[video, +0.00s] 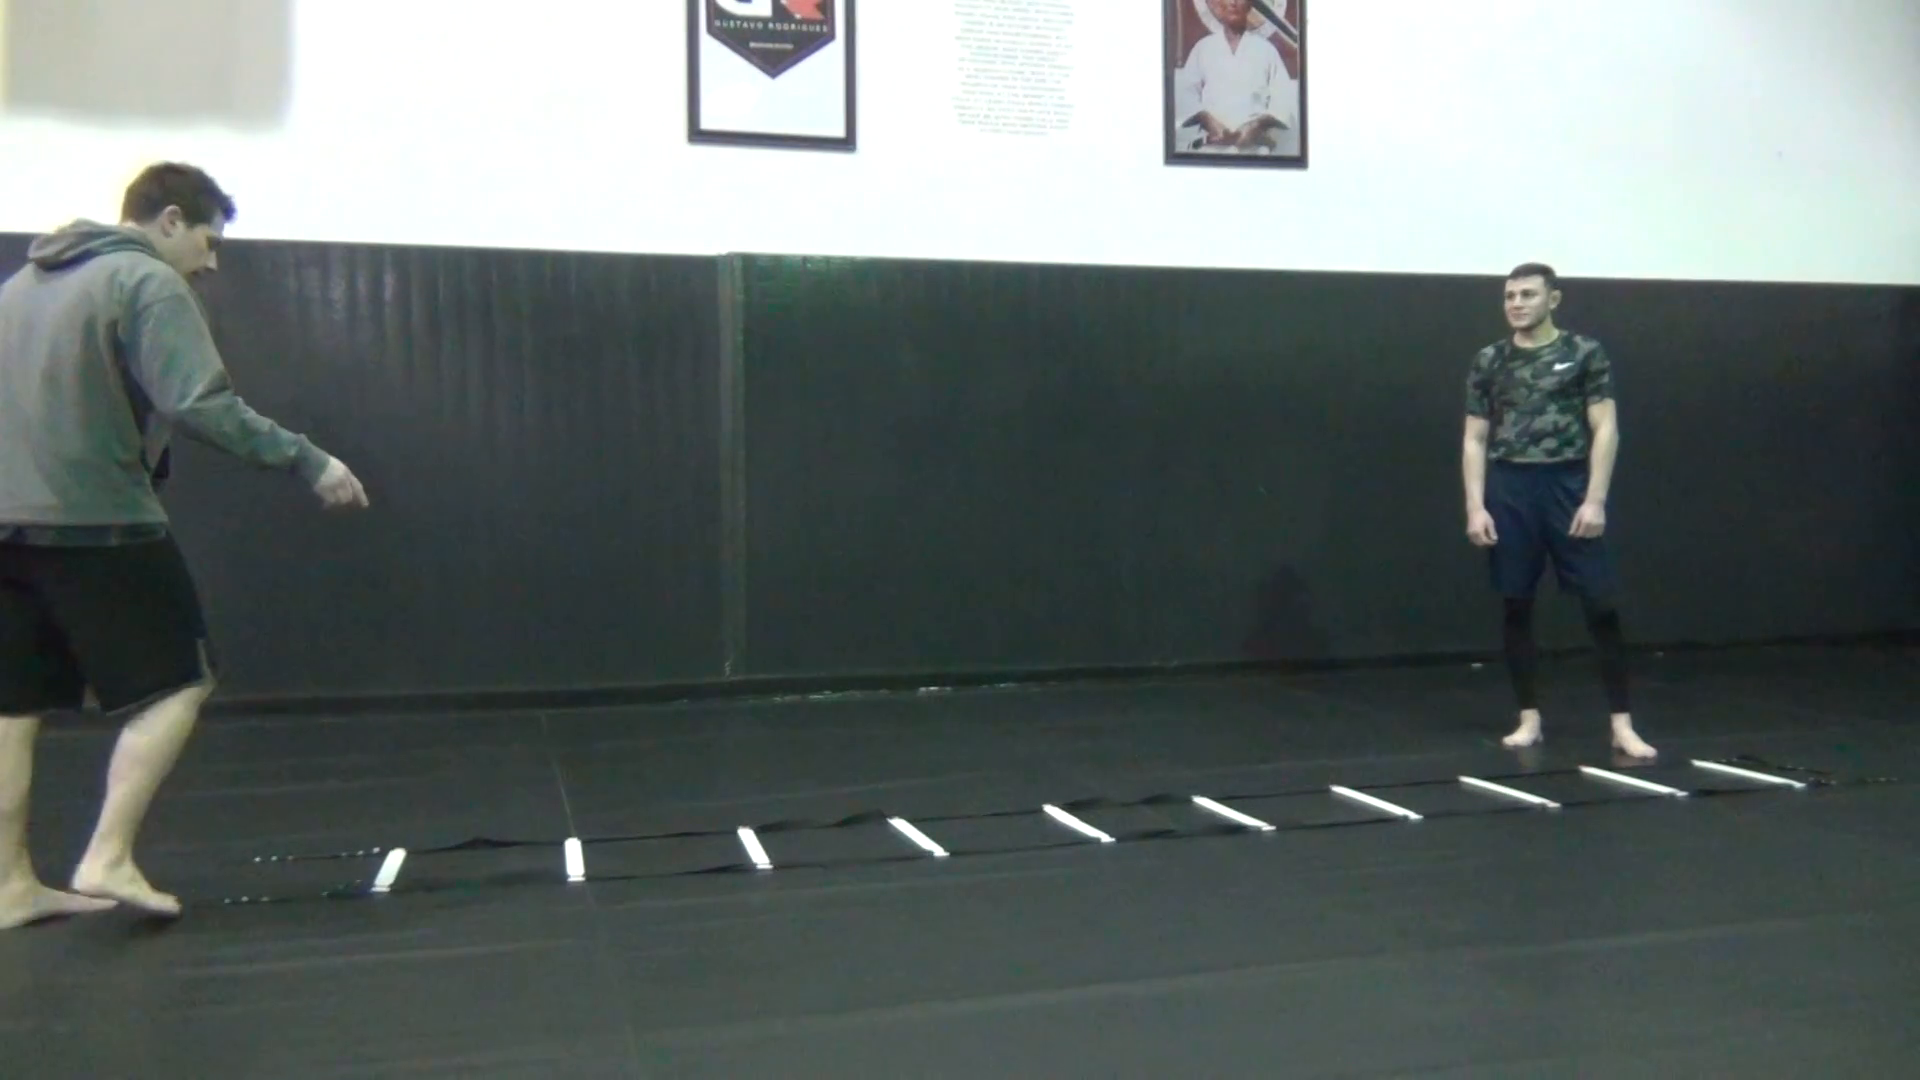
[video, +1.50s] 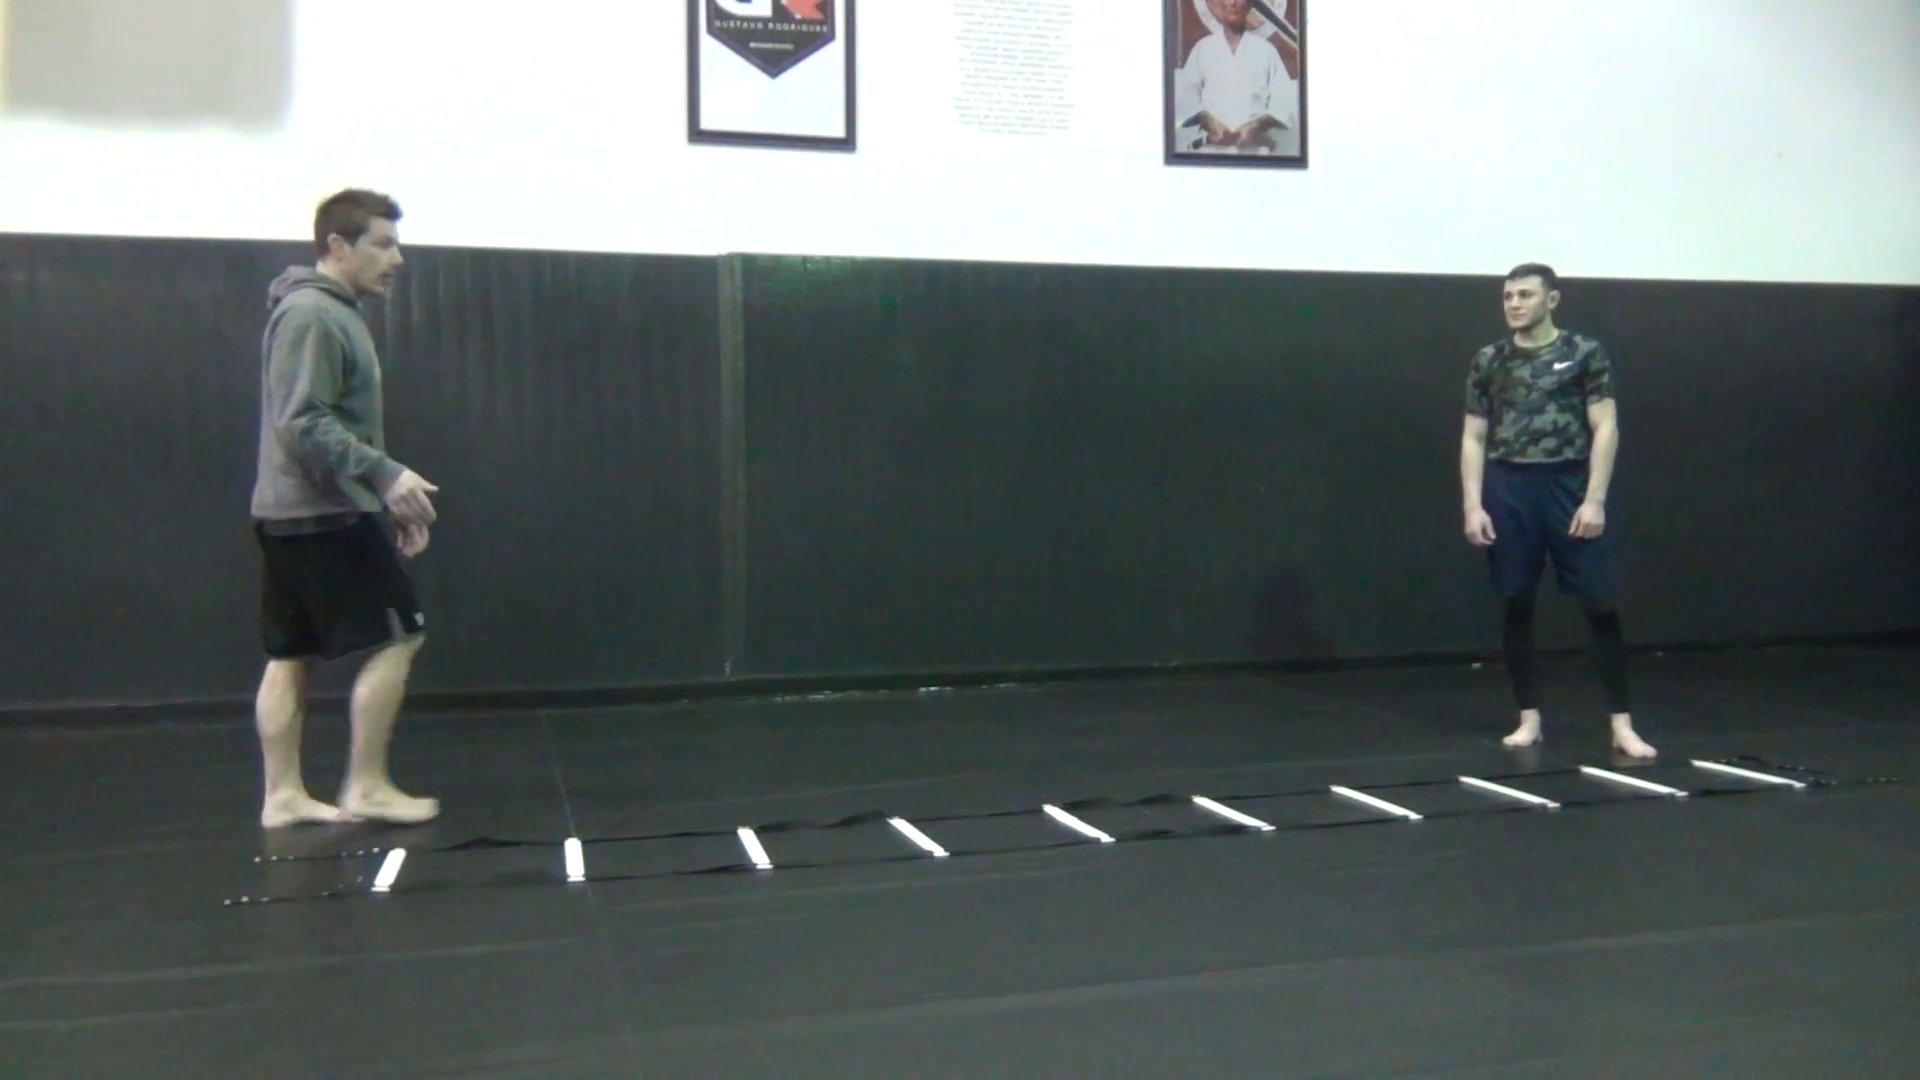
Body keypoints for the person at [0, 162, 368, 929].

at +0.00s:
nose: (210, 262)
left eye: (214, 245)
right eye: (207, 241)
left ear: (147, 216)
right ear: (169, 219)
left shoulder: (25, 280)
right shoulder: (147, 279)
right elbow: (197, 401)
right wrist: (311, 461)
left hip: (10, 519)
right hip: (99, 520)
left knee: (13, 704)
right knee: (176, 683)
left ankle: (12, 883)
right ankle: (108, 859)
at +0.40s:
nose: (277, 263)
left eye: (280, 247)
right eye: (269, 245)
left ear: (212, 228)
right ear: (219, 228)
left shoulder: (90, 287)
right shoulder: (201, 303)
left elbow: (57, 392)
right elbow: (228, 439)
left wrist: (120, 466)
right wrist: (321, 500)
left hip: (78, 523)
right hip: (163, 530)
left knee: (96, 689)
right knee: (178, 695)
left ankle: (46, 827)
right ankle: (168, 862)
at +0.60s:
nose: (296, 254)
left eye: (299, 239)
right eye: (287, 236)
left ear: (225, 230)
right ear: (234, 227)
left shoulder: (136, 288)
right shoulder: (213, 307)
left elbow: (136, 410)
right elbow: (236, 434)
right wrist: (340, 491)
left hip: (129, 521)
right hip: (190, 529)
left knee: (151, 672)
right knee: (199, 688)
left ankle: (118, 800)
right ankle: (169, 860)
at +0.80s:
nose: (311, 253)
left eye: (313, 238)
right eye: (300, 237)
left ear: (245, 237)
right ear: (246, 233)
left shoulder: (200, 298)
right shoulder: (218, 313)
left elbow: (214, 426)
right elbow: (228, 434)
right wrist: (330, 489)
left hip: (190, 524)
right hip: (205, 528)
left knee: (216, 672)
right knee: (209, 685)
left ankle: (227, 795)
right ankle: (166, 858)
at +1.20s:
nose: (355, 259)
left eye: (357, 245)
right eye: (345, 244)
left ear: (305, 247)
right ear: (297, 242)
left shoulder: (297, 312)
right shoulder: (263, 312)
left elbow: (295, 426)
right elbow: (251, 419)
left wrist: (332, 505)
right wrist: (345, 469)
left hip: (283, 515)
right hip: (258, 517)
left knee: (283, 658)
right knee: (314, 649)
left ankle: (283, 800)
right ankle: (197, 781)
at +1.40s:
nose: (381, 259)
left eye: (382, 246)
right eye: (369, 245)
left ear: (328, 248)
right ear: (322, 244)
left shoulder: (319, 311)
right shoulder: (293, 312)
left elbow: (327, 426)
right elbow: (284, 418)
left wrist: (376, 499)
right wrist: (369, 471)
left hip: (287, 512)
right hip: (302, 511)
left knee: (283, 656)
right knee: (379, 634)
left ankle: (279, 800)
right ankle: (297, 771)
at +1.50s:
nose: (396, 260)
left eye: (396, 247)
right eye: (384, 246)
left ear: (342, 249)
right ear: (337, 245)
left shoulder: (331, 312)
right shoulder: (312, 315)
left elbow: (339, 428)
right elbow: (303, 421)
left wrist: (389, 504)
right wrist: (385, 474)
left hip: (294, 513)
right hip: (324, 512)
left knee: (289, 655)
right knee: (398, 634)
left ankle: (282, 795)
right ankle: (367, 785)